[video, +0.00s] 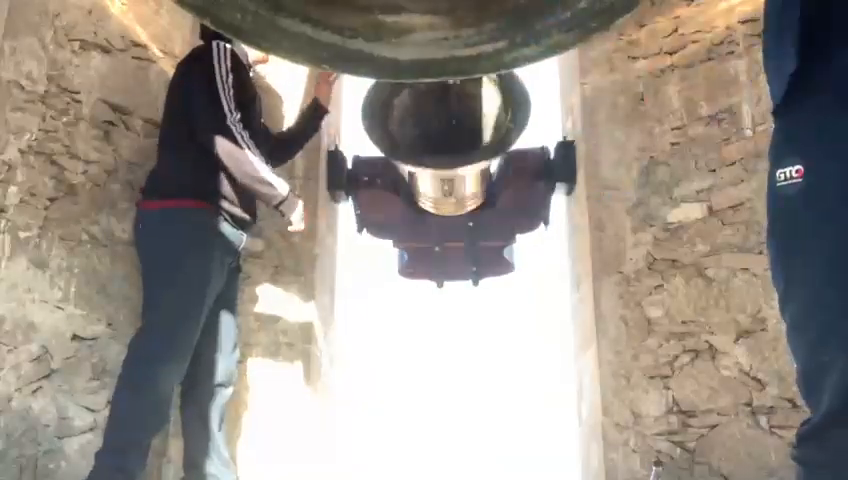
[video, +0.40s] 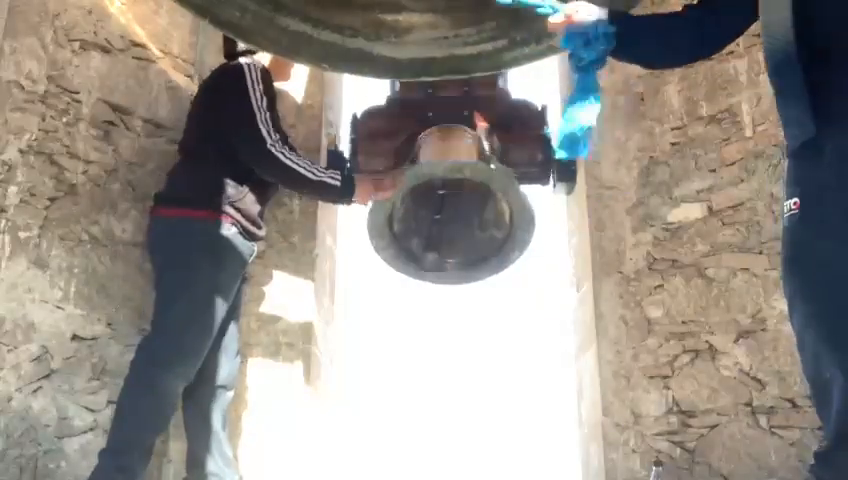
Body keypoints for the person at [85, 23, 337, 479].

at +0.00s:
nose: (273, 43)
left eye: (275, 33)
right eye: (268, 28)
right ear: (241, 25)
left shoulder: (241, 82)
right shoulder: (215, 55)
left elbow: (270, 152)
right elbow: (220, 131)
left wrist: (316, 111)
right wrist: (281, 196)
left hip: (225, 232)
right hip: (188, 221)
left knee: (216, 376)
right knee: (162, 358)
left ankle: (212, 472)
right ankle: (118, 470)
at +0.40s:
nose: (305, 59)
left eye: (307, 50)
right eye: (301, 47)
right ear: (275, 40)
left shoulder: (262, 93)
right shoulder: (242, 73)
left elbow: (281, 157)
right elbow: (266, 152)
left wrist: (354, 178)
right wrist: (346, 189)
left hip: (229, 240)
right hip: (202, 230)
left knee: (216, 379)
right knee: (170, 362)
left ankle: (215, 472)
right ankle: (118, 470)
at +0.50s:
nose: (303, 64)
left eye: (305, 55)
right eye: (299, 52)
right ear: (276, 46)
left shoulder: (269, 109)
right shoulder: (247, 71)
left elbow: (304, 181)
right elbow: (287, 146)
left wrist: (366, 223)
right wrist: (362, 148)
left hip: (229, 241)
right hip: (202, 229)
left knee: (217, 379)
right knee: (171, 361)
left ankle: (215, 472)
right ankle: (118, 470)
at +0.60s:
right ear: (268, 50)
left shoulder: (265, 123)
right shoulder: (246, 70)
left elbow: (305, 180)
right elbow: (313, 115)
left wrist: (366, 232)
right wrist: (374, 95)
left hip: (232, 243)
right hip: (202, 226)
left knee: (214, 379)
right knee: (174, 360)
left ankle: (213, 471)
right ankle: (117, 470)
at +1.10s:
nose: (318, 84)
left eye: (320, 74)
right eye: (316, 71)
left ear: (290, 65)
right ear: (297, 63)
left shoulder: (274, 99)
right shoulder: (267, 81)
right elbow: (292, 154)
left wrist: (279, 234)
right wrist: (361, 199)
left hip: (239, 240)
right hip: (216, 228)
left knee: (223, 378)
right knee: (184, 357)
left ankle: (217, 471)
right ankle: (119, 471)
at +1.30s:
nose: (312, 84)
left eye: (313, 80)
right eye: (311, 74)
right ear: (298, 64)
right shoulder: (269, 78)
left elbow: (258, 199)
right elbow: (319, 146)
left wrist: (306, 191)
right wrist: (375, 219)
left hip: (241, 243)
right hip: (210, 226)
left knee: (217, 379)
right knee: (177, 355)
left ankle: (215, 472)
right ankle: (116, 470)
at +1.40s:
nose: (308, 76)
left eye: (309, 69)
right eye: (306, 66)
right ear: (290, 59)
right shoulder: (262, 75)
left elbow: (271, 192)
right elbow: (309, 148)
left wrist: (320, 164)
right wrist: (366, 219)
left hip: (243, 239)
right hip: (214, 225)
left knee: (218, 379)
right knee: (181, 358)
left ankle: (215, 472)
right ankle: (117, 470)